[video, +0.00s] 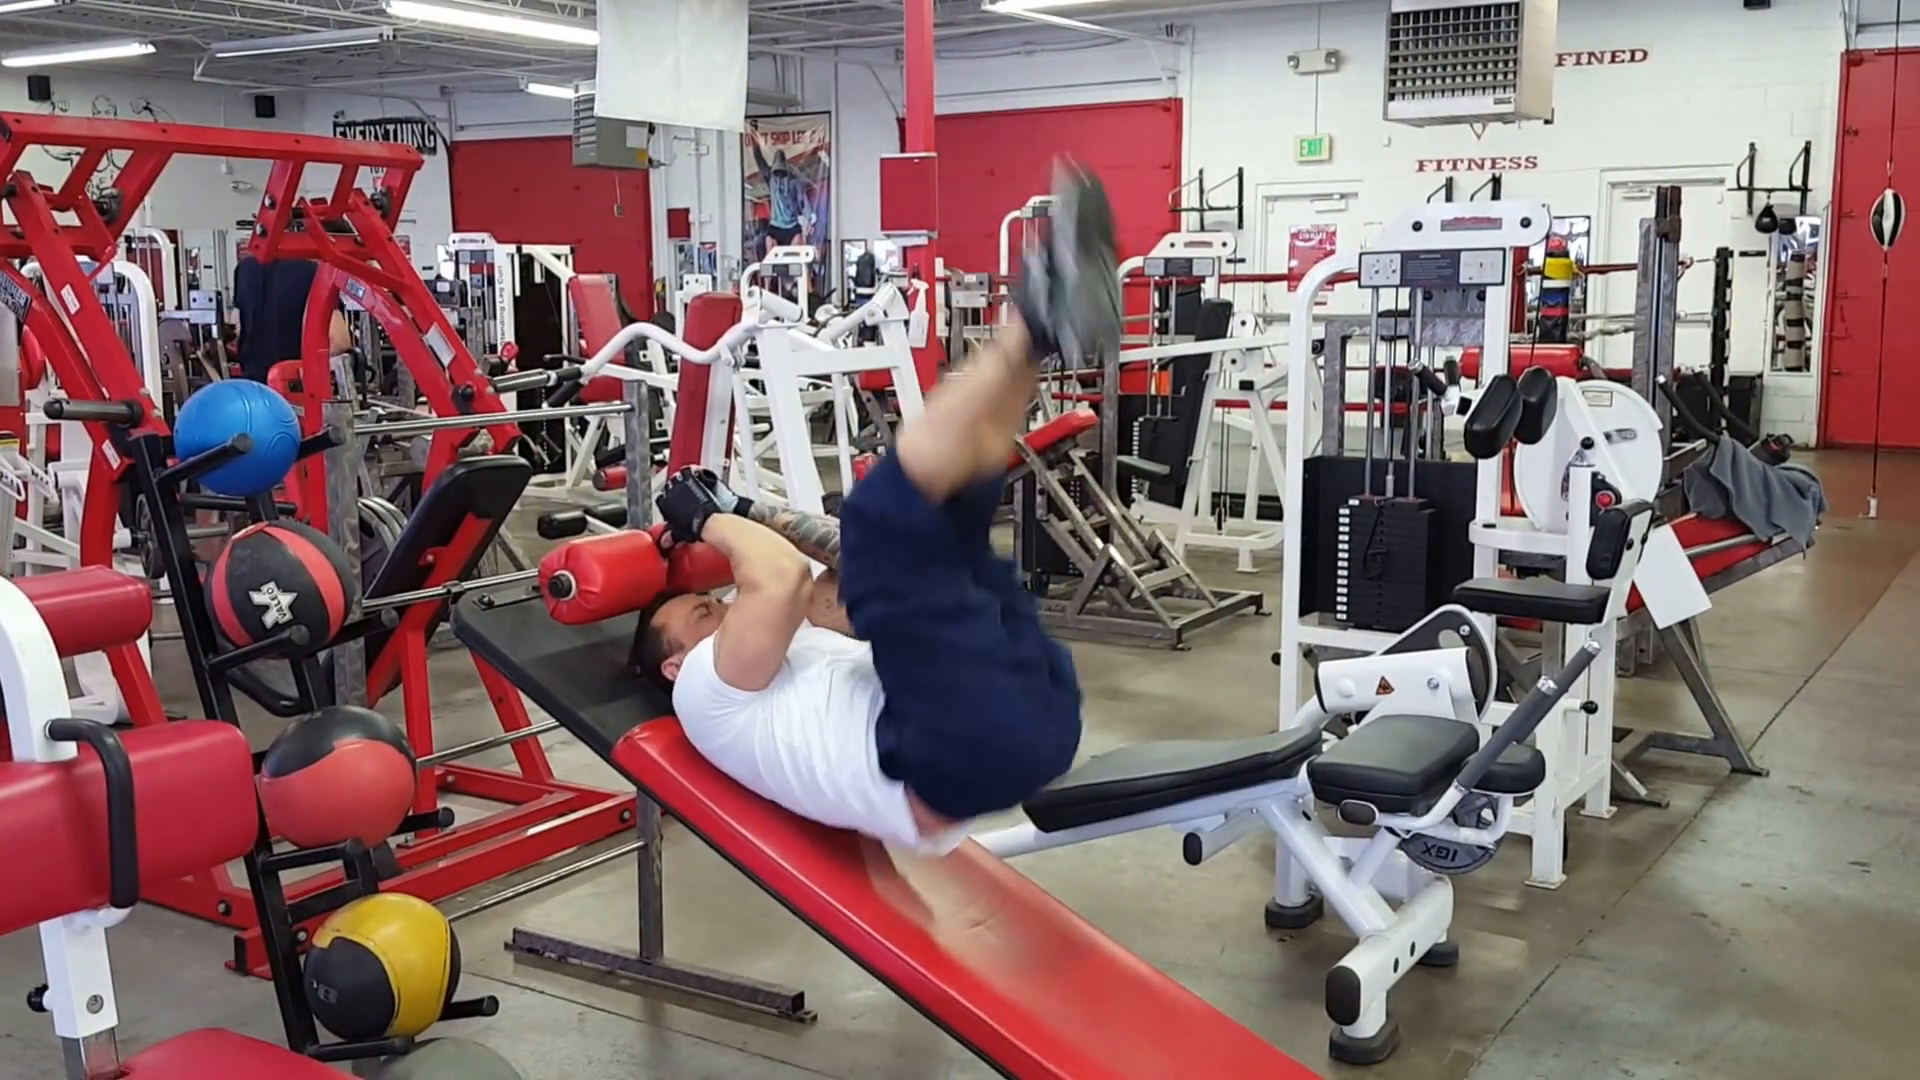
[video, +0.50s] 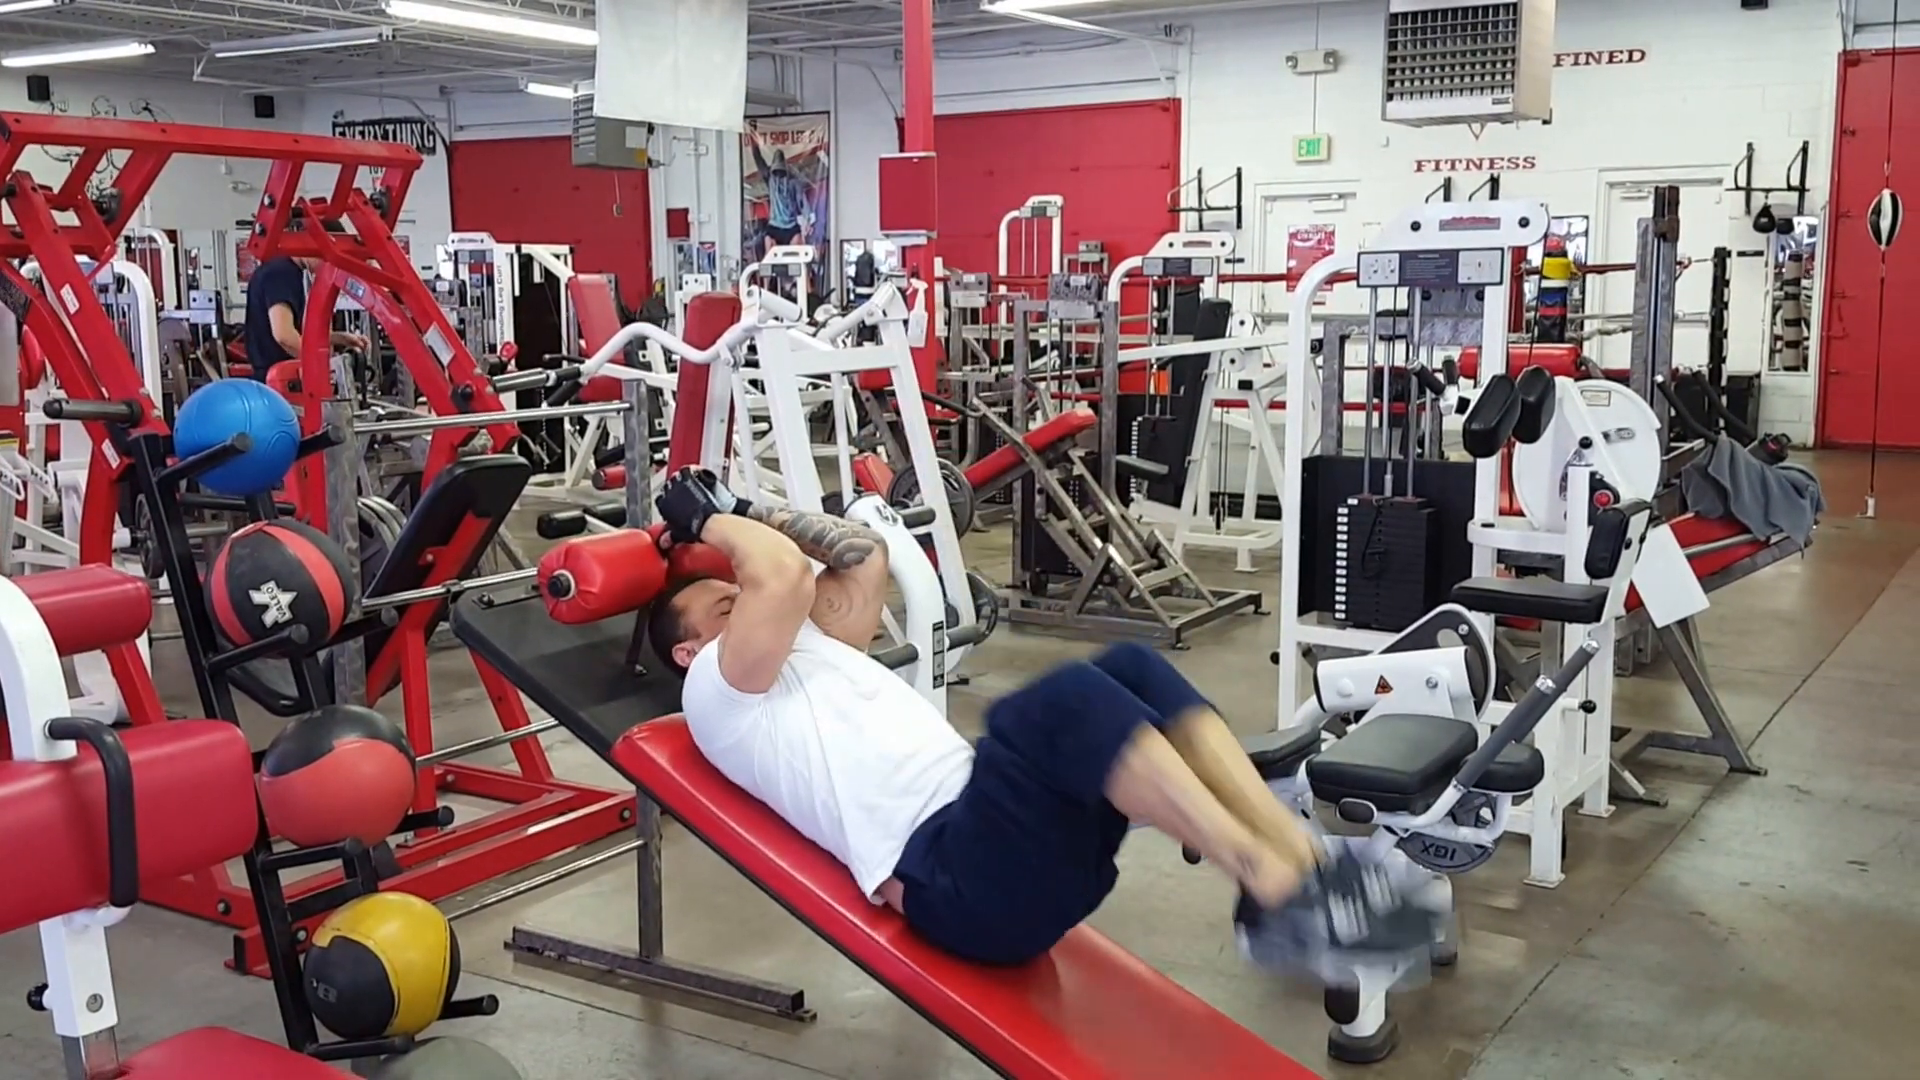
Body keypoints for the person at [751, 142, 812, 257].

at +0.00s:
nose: (780, 176)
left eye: (782, 173)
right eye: (777, 173)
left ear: (786, 169)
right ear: (773, 170)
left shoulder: (796, 181)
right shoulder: (771, 179)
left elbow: (803, 203)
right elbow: (760, 162)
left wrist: (809, 220)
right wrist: (755, 144)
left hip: (793, 224)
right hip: (775, 224)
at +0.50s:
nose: (778, 175)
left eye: (781, 173)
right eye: (775, 173)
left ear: (786, 169)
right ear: (772, 172)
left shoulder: (795, 182)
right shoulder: (770, 180)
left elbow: (803, 203)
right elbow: (760, 163)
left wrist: (807, 221)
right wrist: (754, 145)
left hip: (792, 224)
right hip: (774, 224)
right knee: (768, 238)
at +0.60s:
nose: (778, 176)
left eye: (781, 173)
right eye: (775, 173)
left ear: (785, 169)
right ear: (772, 171)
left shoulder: (794, 182)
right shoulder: (770, 180)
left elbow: (803, 203)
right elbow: (760, 164)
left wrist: (807, 221)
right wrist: (754, 144)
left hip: (792, 225)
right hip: (774, 224)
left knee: (795, 259)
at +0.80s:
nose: (778, 175)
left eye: (781, 172)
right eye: (775, 172)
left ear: (785, 169)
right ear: (772, 171)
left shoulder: (794, 182)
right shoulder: (770, 180)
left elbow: (803, 204)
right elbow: (760, 163)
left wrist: (807, 221)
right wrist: (754, 144)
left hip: (792, 224)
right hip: (774, 224)